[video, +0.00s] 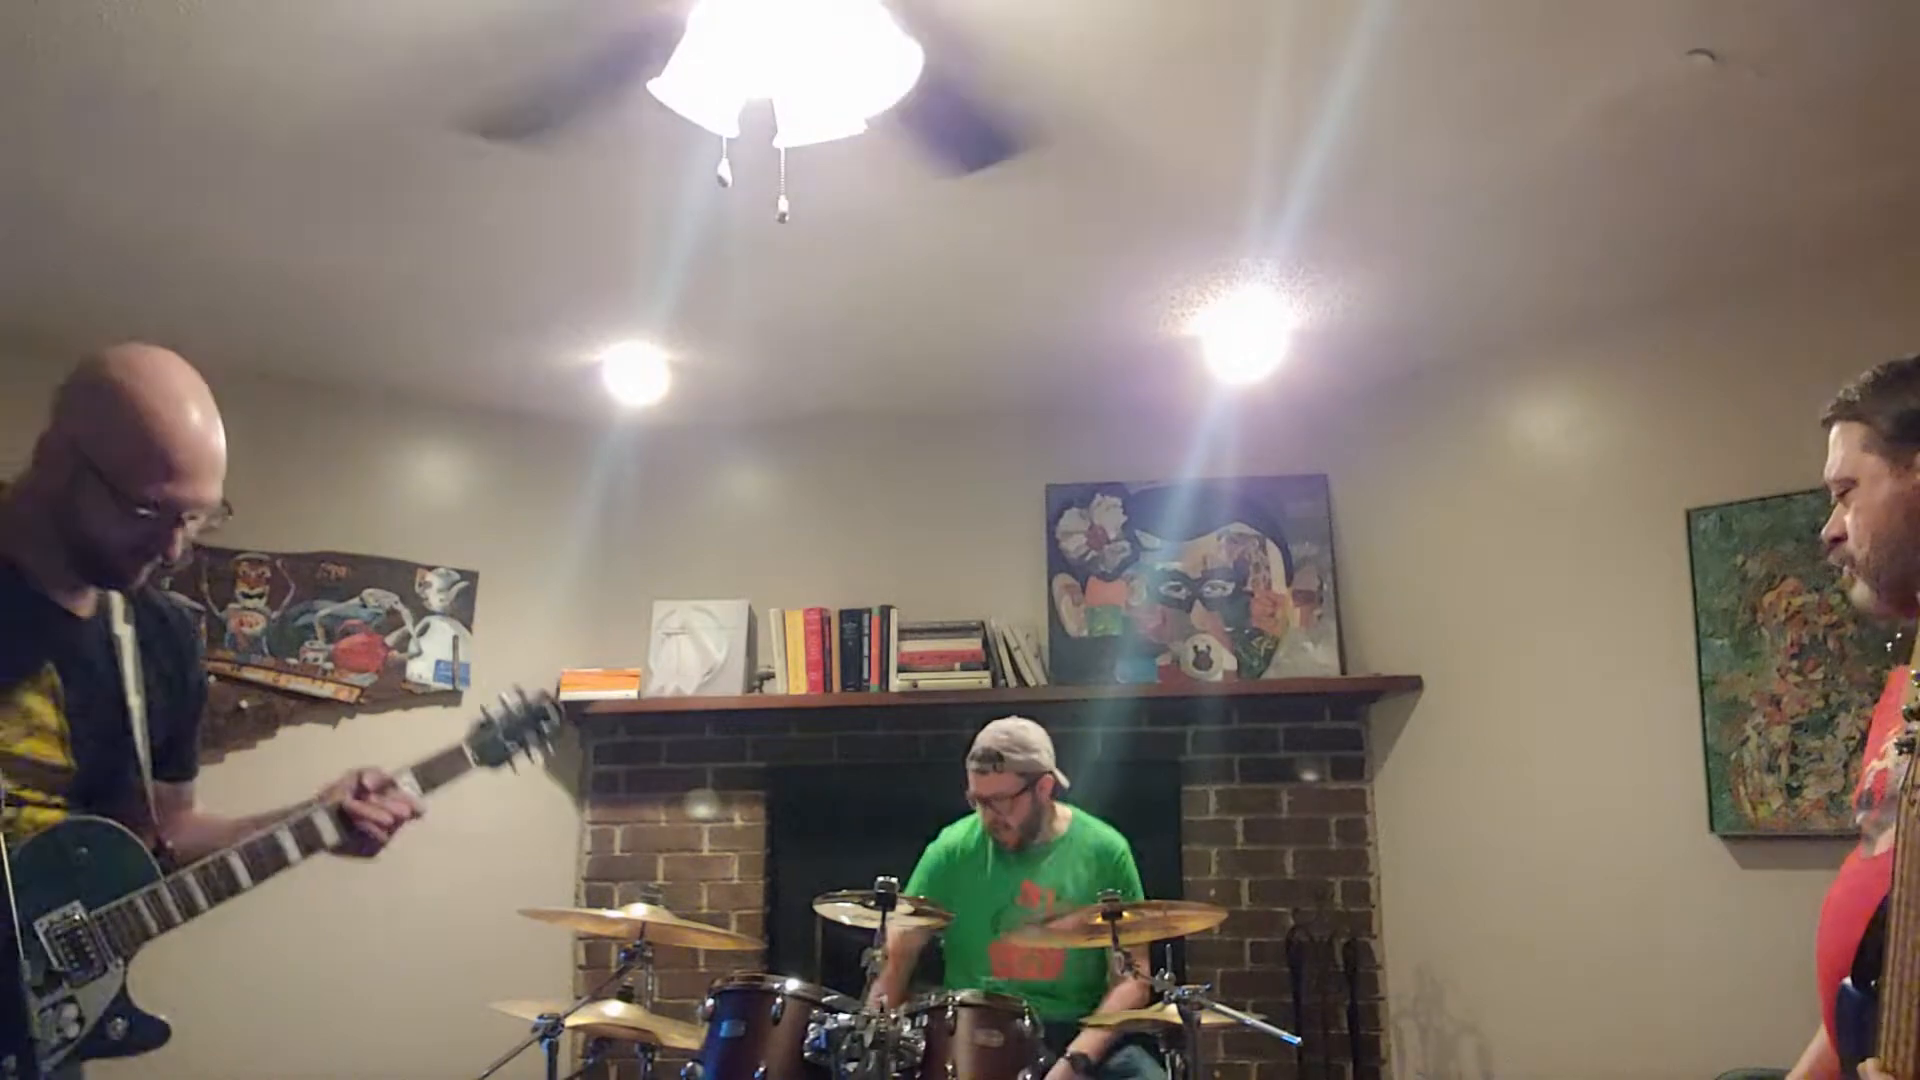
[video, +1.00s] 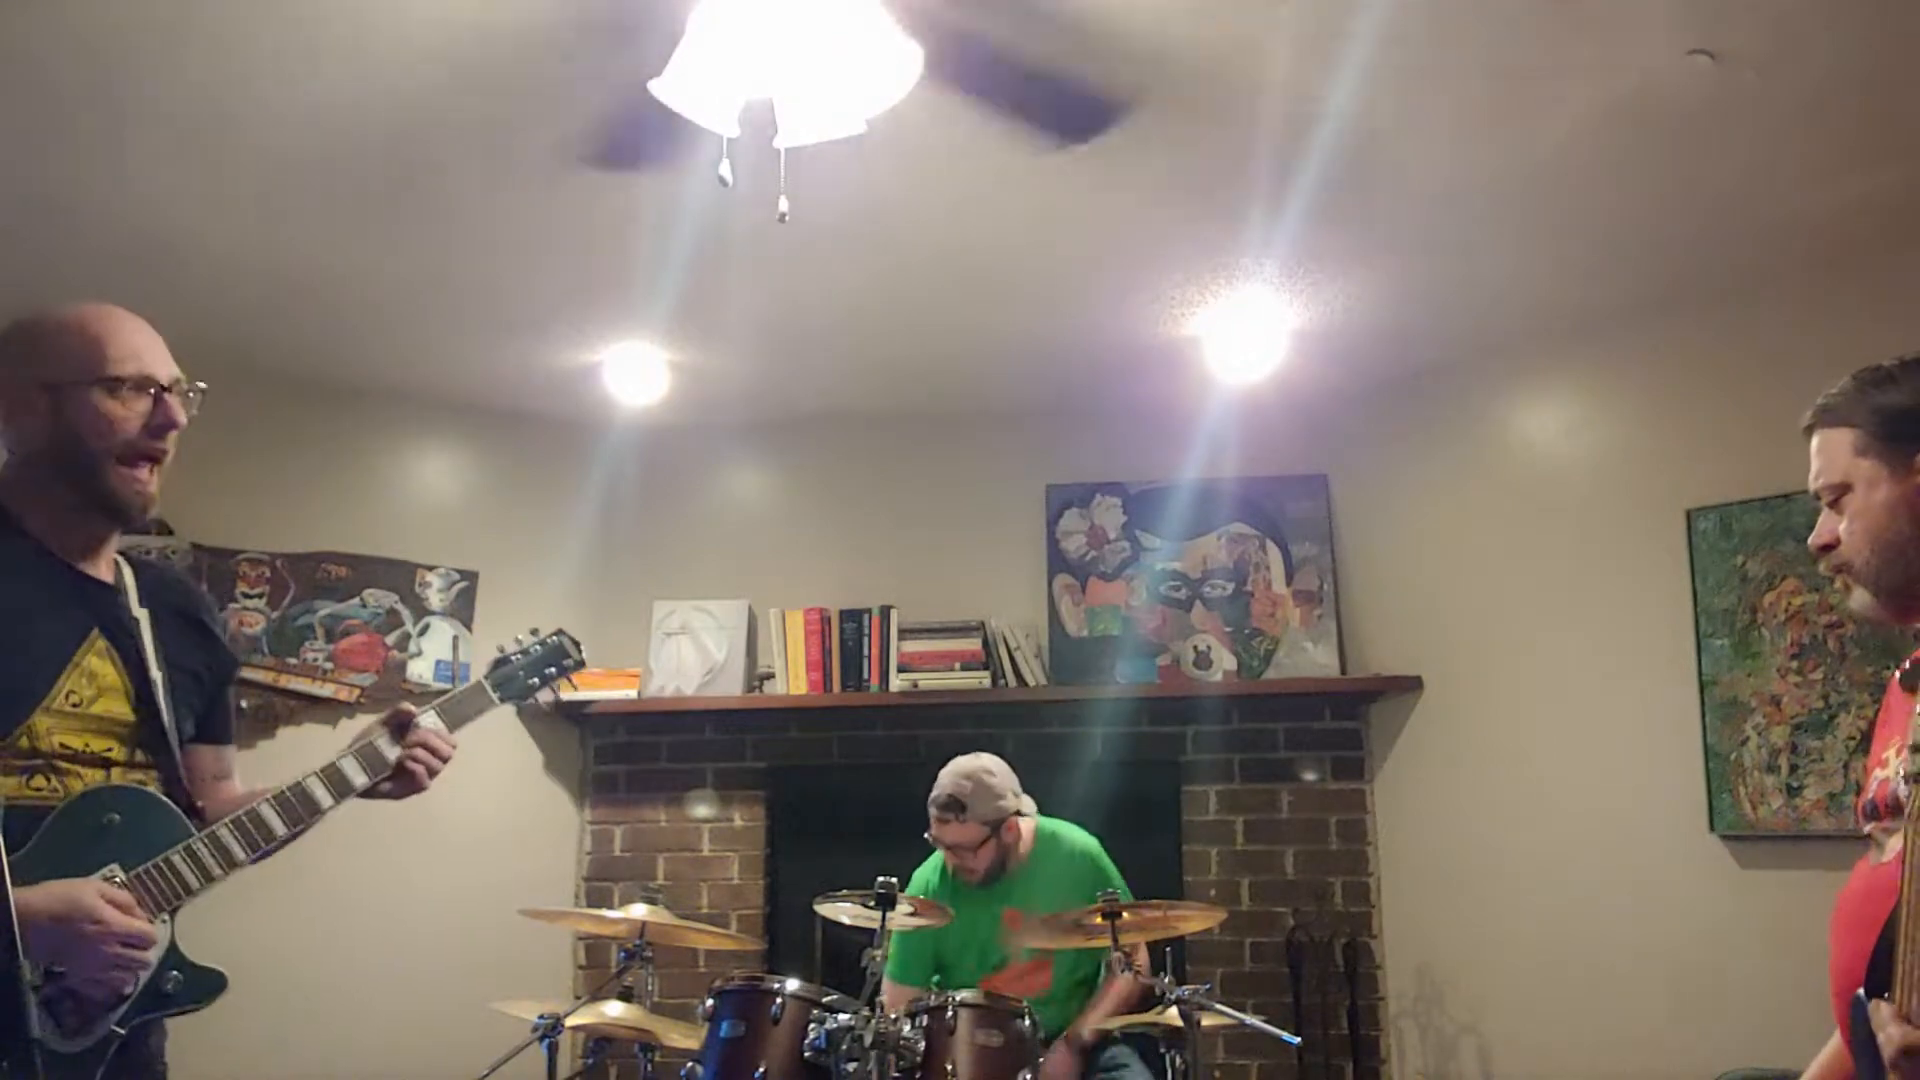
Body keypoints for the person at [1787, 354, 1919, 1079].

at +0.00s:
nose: (1830, 532)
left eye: (1847, 492)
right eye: (1832, 500)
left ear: (1914, 477)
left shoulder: (1906, 685)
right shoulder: (1901, 686)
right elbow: (1883, 916)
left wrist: (1829, 1061)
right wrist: (1815, 1062)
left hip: (1898, 1050)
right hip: (1861, 1045)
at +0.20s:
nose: (1827, 533)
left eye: (1843, 494)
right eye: (1829, 502)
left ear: (1915, 476)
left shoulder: (1907, 686)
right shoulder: (1901, 686)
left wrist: (1890, 1054)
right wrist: (1812, 1064)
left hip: (1901, 1055)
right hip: (1861, 1047)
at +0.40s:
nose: (1826, 535)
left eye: (1841, 496)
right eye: (1827, 505)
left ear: (1912, 476)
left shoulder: (1905, 685)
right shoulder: (1900, 687)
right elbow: (1881, 898)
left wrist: (1894, 1035)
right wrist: (1818, 1059)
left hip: (1897, 1052)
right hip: (1865, 1049)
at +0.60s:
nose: (1824, 537)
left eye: (1840, 497)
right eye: (1825, 506)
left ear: (1912, 478)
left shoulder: (1906, 685)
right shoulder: (1903, 688)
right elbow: (1889, 927)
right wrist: (1806, 1067)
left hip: (1899, 1053)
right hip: (1871, 1052)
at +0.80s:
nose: (1820, 537)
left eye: (1837, 497)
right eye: (1820, 506)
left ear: (1911, 481)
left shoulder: (1907, 679)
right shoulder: (1905, 682)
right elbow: (1891, 935)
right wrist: (1805, 1067)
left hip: (1897, 1051)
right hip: (1873, 1049)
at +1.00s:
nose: (1819, 538)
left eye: (1839, 497)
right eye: (1820, 508)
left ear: (1916, 479)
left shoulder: (1910, 685)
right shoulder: (1904, 688)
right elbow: (1894, 902)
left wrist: (1891, 1044)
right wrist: (1829, 1061)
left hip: (1903, 1049)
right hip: (1879, 1048)